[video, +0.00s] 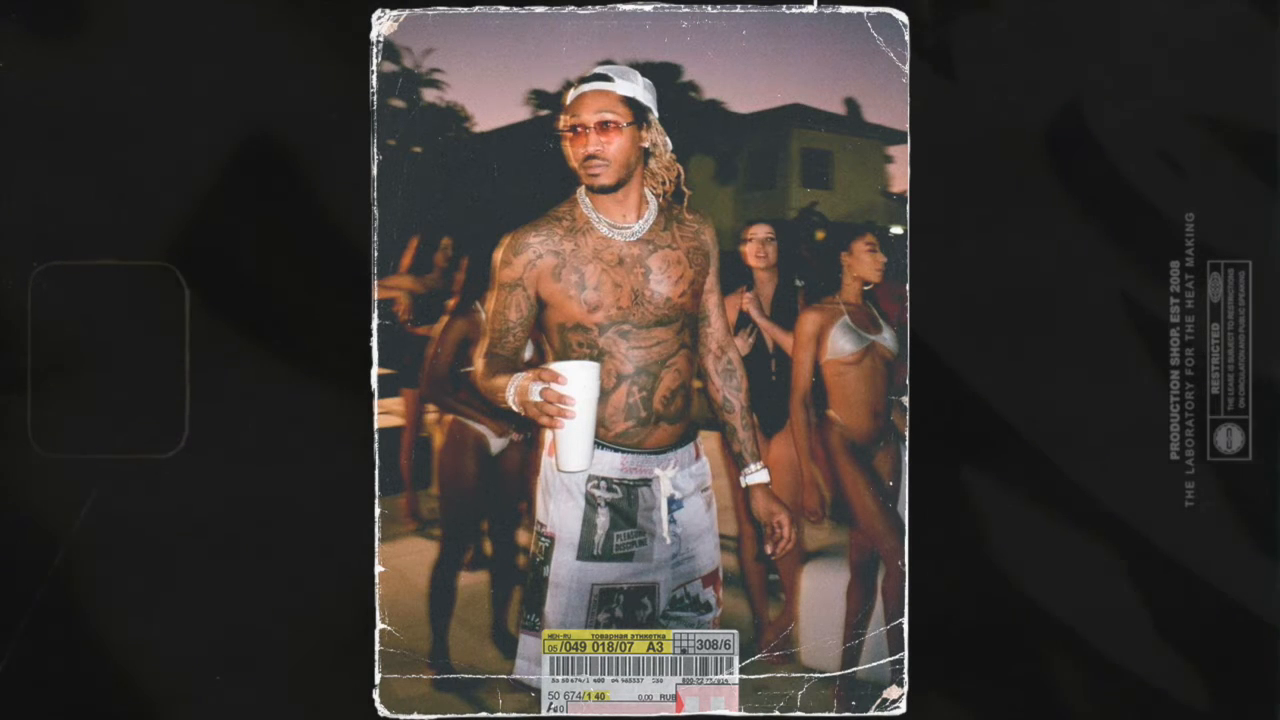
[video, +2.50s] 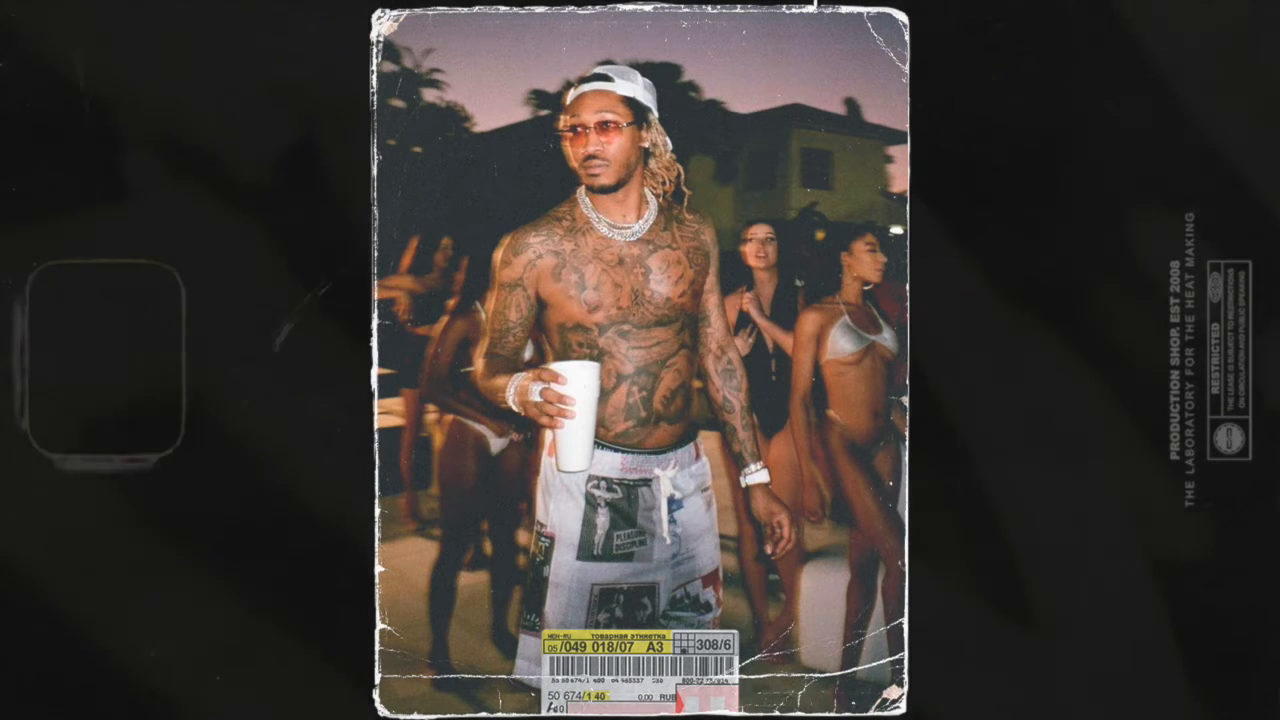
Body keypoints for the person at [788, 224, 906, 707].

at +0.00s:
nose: (882, 259)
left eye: (881, 251)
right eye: (871, 251)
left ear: (872, 262)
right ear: (844, 259)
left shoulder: (877, 315)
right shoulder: (818, 317)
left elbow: (886, 391)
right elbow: (799, 402)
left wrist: (900, 433)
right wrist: (812, 477)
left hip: (883, 447)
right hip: (839, 448)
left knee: (863, 562)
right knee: (897, 552)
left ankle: (846, 672)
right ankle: (902, 670)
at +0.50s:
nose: (882, 259)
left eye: (881, 251)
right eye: (871, 251)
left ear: (871, 262)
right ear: (844, 259)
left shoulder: (877, 316)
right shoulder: (818, 317)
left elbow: (886, 391)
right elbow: (798, 402)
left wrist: (901, 435)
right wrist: (812, 476)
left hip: (882, 447)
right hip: (839, 449)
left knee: (863, 563)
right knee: (898, 551)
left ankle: (846, 674)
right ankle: (902, 669)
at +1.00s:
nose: (882, 259)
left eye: (881, 251)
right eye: (871, 251)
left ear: (870, 262)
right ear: (844, 259)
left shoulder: (877, 315)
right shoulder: (818, 317)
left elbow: (887, 390)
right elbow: (799, 403)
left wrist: (898, 439)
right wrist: (813, 478)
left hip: (882, 448)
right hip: (838, 449)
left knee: (863, 563)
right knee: (897, 552)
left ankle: (846, 674)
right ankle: (902, 670)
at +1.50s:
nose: (882, 259)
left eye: (881, 251)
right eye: (871, 251)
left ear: (869, 261)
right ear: (844, 259)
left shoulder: (876, 314)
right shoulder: (818, 317)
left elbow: (885, 391)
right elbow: (798, 402)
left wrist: (899, 440)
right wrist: (812, 477)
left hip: (882, 447)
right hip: (838, 449)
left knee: (863, 563)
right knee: (898, 552)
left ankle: (846, 674)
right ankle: (902, 670)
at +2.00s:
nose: (882, 259)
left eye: (881, 251)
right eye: (871, 251)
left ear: (870, 262)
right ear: (843, 259)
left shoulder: (877, 315)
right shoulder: (818, 317)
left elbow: (884, 391)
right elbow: (798, 402)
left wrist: (902, 433)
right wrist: (811, 477)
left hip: (882, 447)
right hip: (839, 449)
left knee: (863, 562)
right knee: (898, 551)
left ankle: (846, 673)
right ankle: (904, 669)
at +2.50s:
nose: (882, 259)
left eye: (881, 251)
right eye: (871, 251)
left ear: (870, 262)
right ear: (843, 259)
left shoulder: (876, 314)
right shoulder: (818, 317)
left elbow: (885, 389)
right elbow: (798, 402)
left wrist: (899, 436)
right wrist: (812, 477)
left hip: (882, 447)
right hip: (838, 448)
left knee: (863, 563)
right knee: (897, 552)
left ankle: (846, 673)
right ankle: (902, 669)